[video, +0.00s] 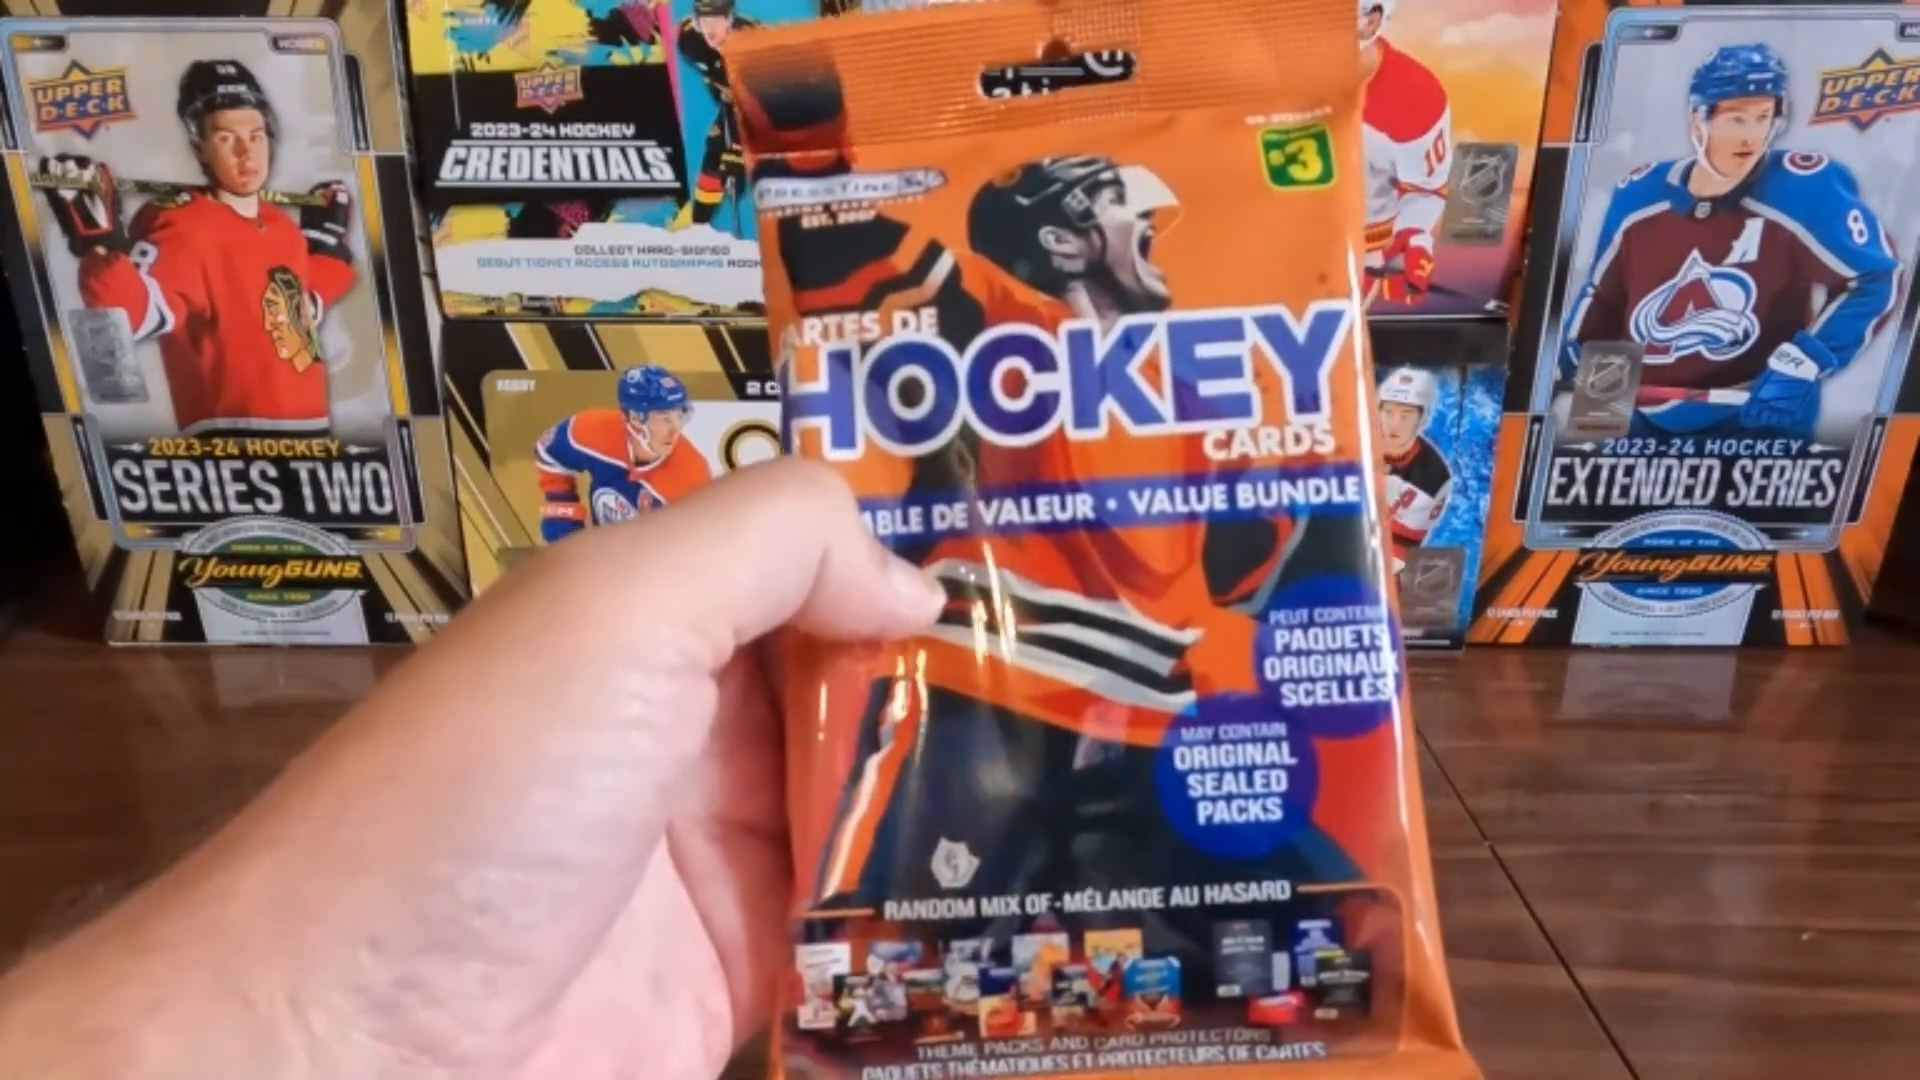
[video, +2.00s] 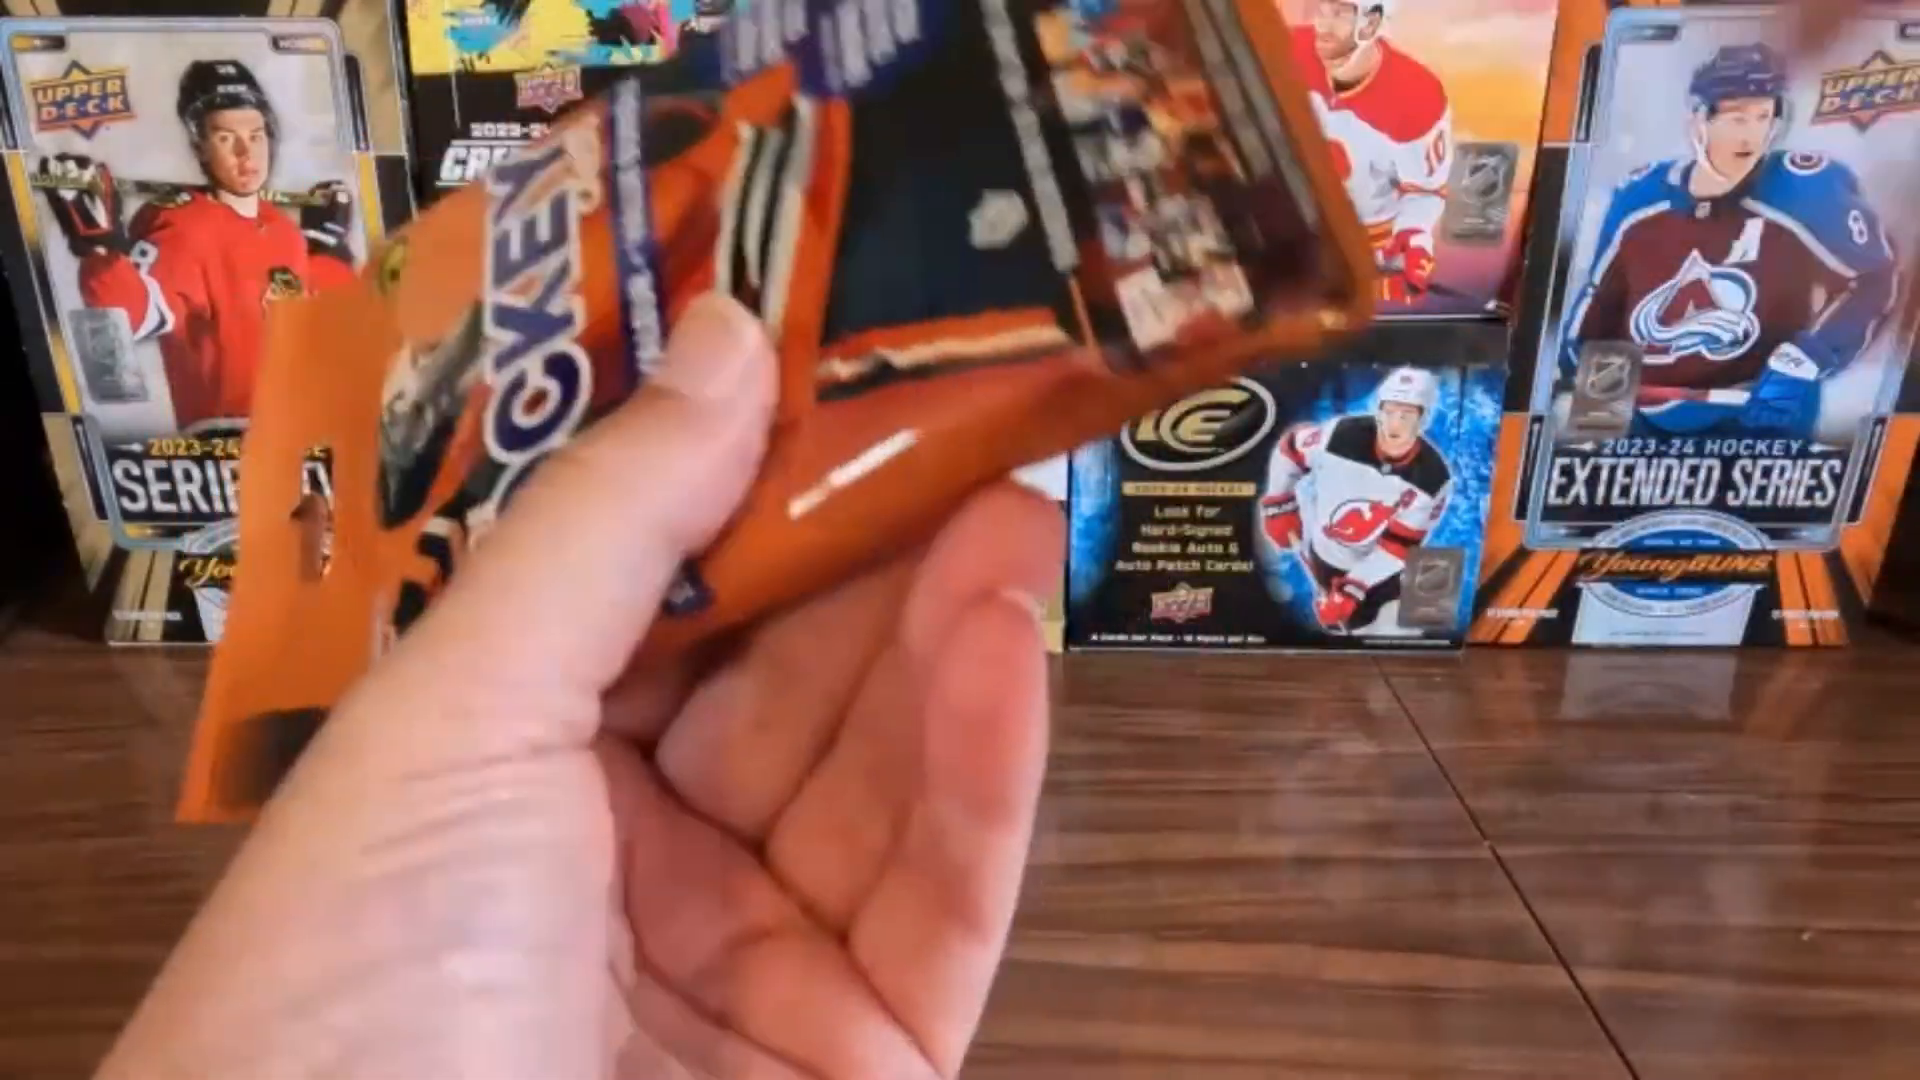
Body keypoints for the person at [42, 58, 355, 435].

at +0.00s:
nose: (247, 152)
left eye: (256, 135)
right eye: (228, 139)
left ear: (270, 139)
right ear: (201, 150)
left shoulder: (282, 227)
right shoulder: (184, 226)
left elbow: (302, 307)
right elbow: (140, 315)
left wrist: (333, 249)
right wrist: (100, 249)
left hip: (308, 433)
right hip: (231, 441)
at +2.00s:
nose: (247, 152)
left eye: (257, 135)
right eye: (227, 139)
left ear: (270, 139)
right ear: (200, 148)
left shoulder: (284, 229)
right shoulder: (180, 227)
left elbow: (327, 319)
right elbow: (141, 315)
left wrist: (331, 251)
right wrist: (100, 249)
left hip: (300, 421)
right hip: (223, 431)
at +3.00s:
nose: (246, 150)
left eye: (256, 134)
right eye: (227, 138)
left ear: (270, 139)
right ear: (200, 147)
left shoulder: (280, 225)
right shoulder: (183, 226)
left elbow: (301, 308)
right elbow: (139, 315)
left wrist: (333, 250)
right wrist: (99, 246)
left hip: (308, 424)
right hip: (232, 435)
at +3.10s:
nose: (246, 150)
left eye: (256, 134)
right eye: (226, 138)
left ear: (270, 139)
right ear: (201, 148)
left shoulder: (281, 226)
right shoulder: (183, 226)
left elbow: (304, 303)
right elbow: (139, 315)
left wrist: (332, 248)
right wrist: (99, 246)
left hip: (301, 420)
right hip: (227, 431)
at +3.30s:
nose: (246, 150)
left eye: (256, 134)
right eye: (227, 138)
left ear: (270, 140)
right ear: (201, 148)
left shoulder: (284, 228)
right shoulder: (181, 226)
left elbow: (311, 320)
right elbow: (139, 317)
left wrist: (329, 252)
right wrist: (99, 246)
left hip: (304, 419)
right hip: (223, 426)